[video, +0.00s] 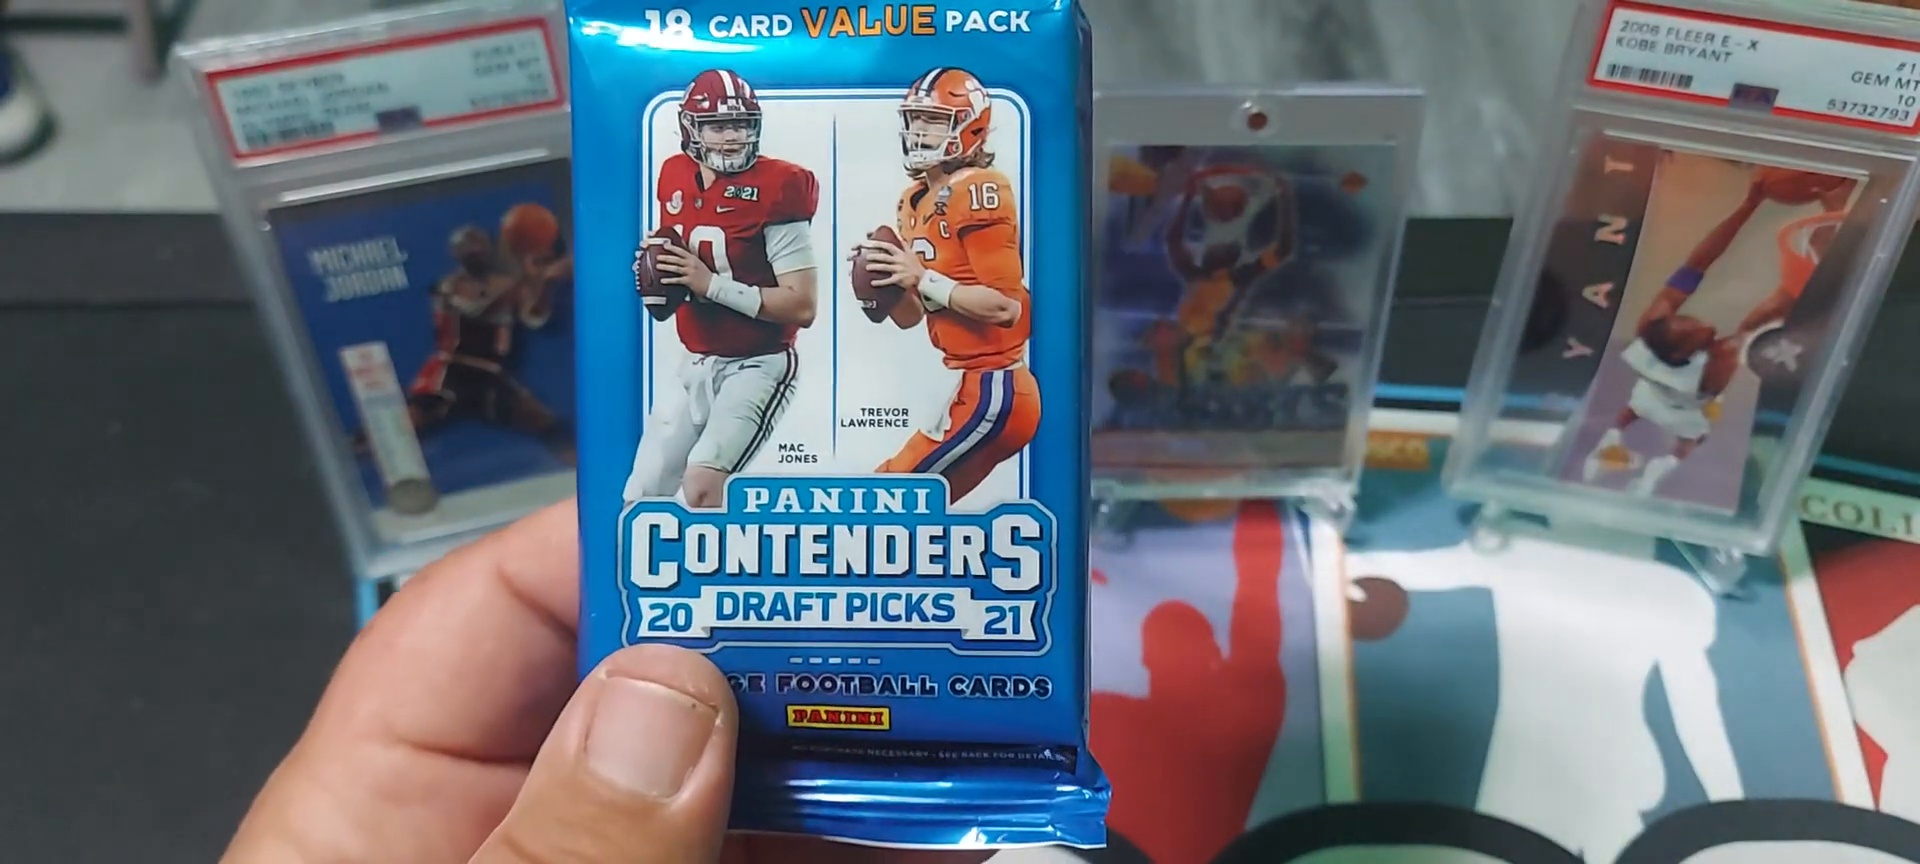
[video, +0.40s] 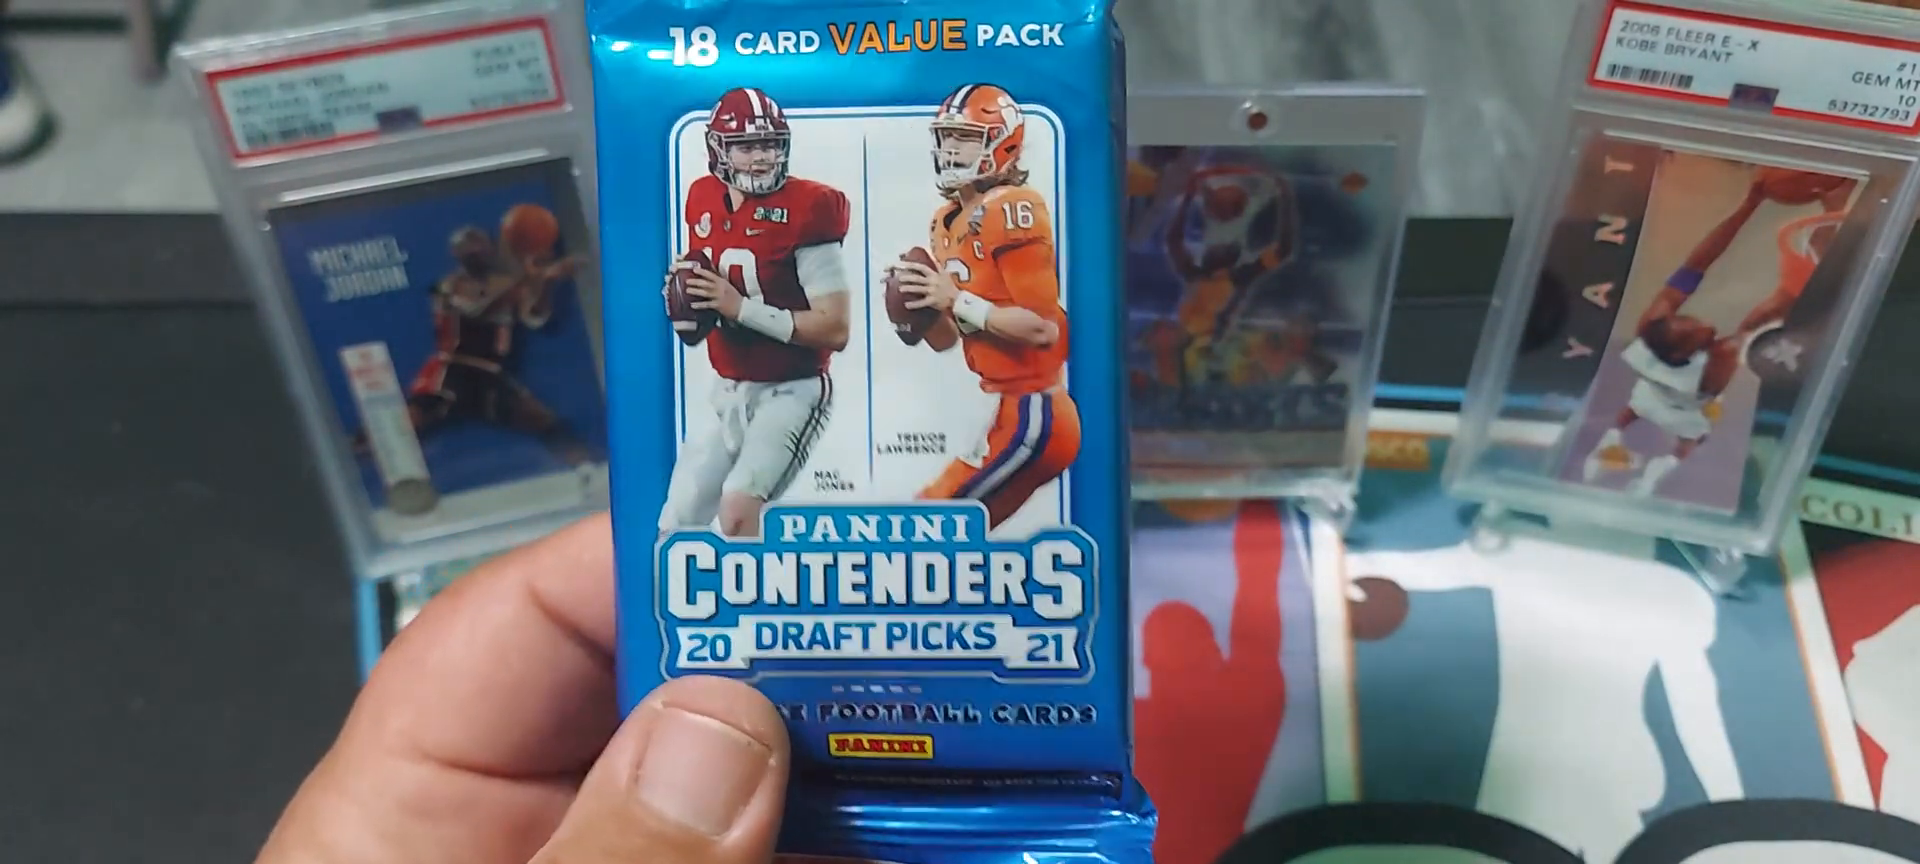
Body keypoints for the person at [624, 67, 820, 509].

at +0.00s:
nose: (732, 136)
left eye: (741, 124)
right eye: (718, 126)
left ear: (754, 127)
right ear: (692, 130)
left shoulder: (780, 186)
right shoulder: (674, 175)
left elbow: (803, 307)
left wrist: (711, 284)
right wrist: (654, 269)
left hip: (761, 364)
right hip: (695, 364)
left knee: (701, 488)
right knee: (641, 495)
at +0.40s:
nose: (761, 157)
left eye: (771, 145)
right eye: (747, 146)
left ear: (784, 147)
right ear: (720, 150)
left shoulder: (811, 207)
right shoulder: (702, 198)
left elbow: (835, 329)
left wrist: (740, 308)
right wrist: (684, 293)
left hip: (794, 390)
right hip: (727, 392)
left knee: (738, 510)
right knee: (675, 525)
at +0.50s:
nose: (745, 194)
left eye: (755, 180)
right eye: (731, 182)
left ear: (771, 181)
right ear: (703, 186)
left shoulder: (806, 246)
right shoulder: (689, 234)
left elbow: (833, 371)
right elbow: (685, 315)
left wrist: (732, 347)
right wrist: (674, 336)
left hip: (794, 432)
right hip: (723, 430)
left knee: (744, 547)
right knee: (681, 564)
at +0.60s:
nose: (714, 214)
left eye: (723, 201)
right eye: (699, 204)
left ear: (738, 204)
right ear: (670, 211)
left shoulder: (774, 266)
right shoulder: (658, 259)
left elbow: (811, 386)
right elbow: (667, 390)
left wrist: (709, 366)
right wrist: (647, 357)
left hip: (774, 445)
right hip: (707, 448)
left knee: (729, 559)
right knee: (670, 578)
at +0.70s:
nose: (728, 178)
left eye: (737, 165)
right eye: (713, 168)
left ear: (753, 166)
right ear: (687, 173)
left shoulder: (784, 228)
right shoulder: (675, 220)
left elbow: (816, 347)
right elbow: (678, 296)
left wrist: (720, 328)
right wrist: (660, 313)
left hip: (779, 409)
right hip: (712, 411)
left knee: (731, 528)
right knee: (669, 546)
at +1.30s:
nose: (759, 214)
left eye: (769, 202)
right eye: (745, 202)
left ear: (784, 203)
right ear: (716, 204)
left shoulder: (815, 266)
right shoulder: (700, 253)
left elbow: (841, 390)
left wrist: (742, 365)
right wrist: (682, 349)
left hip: (800, 450)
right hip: (729, 448)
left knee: (745, 571)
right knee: (686, 581)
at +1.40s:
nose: (728, 246)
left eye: (736, 233)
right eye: (713, 236)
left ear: (751, 235)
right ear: (684, 242)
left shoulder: (788, 298)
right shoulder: (671, 287)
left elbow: (819, 420)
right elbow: (676, 419)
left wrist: (719, 396)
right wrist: (657, 384)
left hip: (782, 476)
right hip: (711, 474)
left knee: (735, 585)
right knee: (675, 601)